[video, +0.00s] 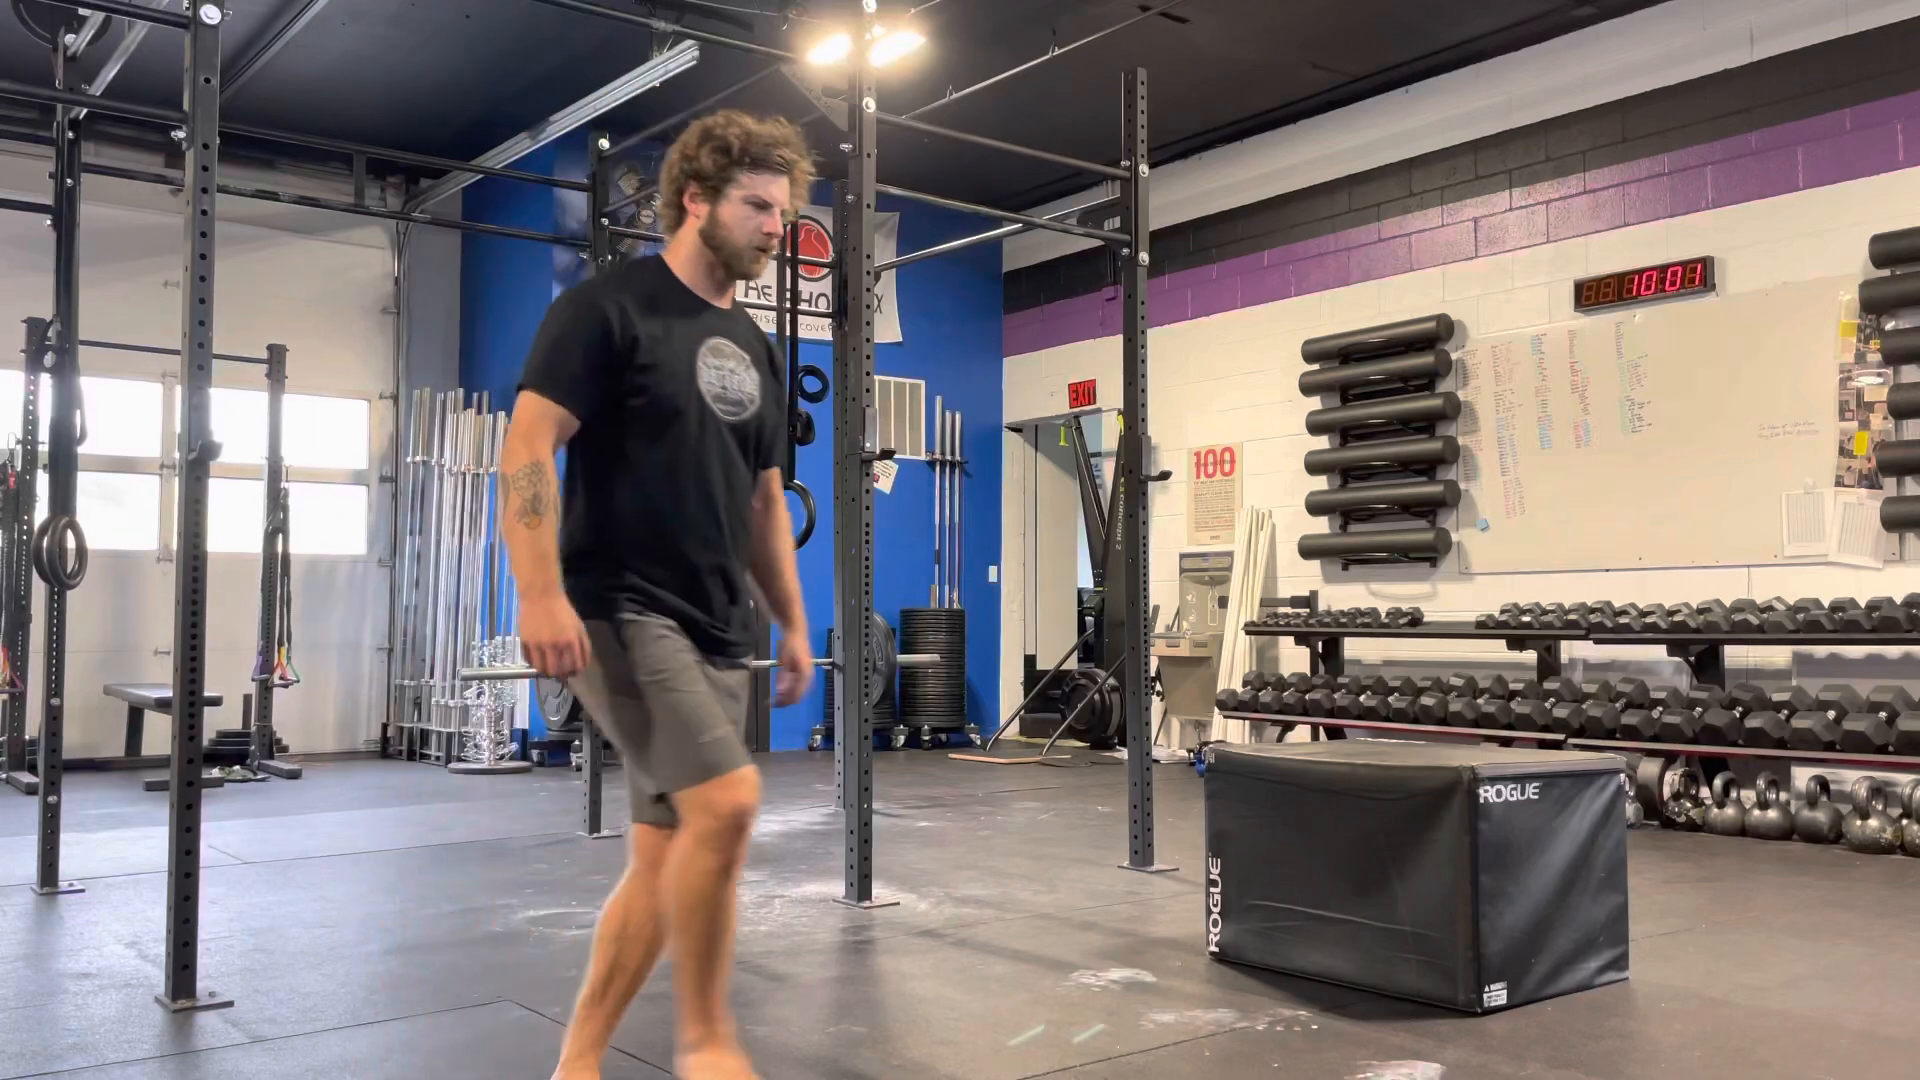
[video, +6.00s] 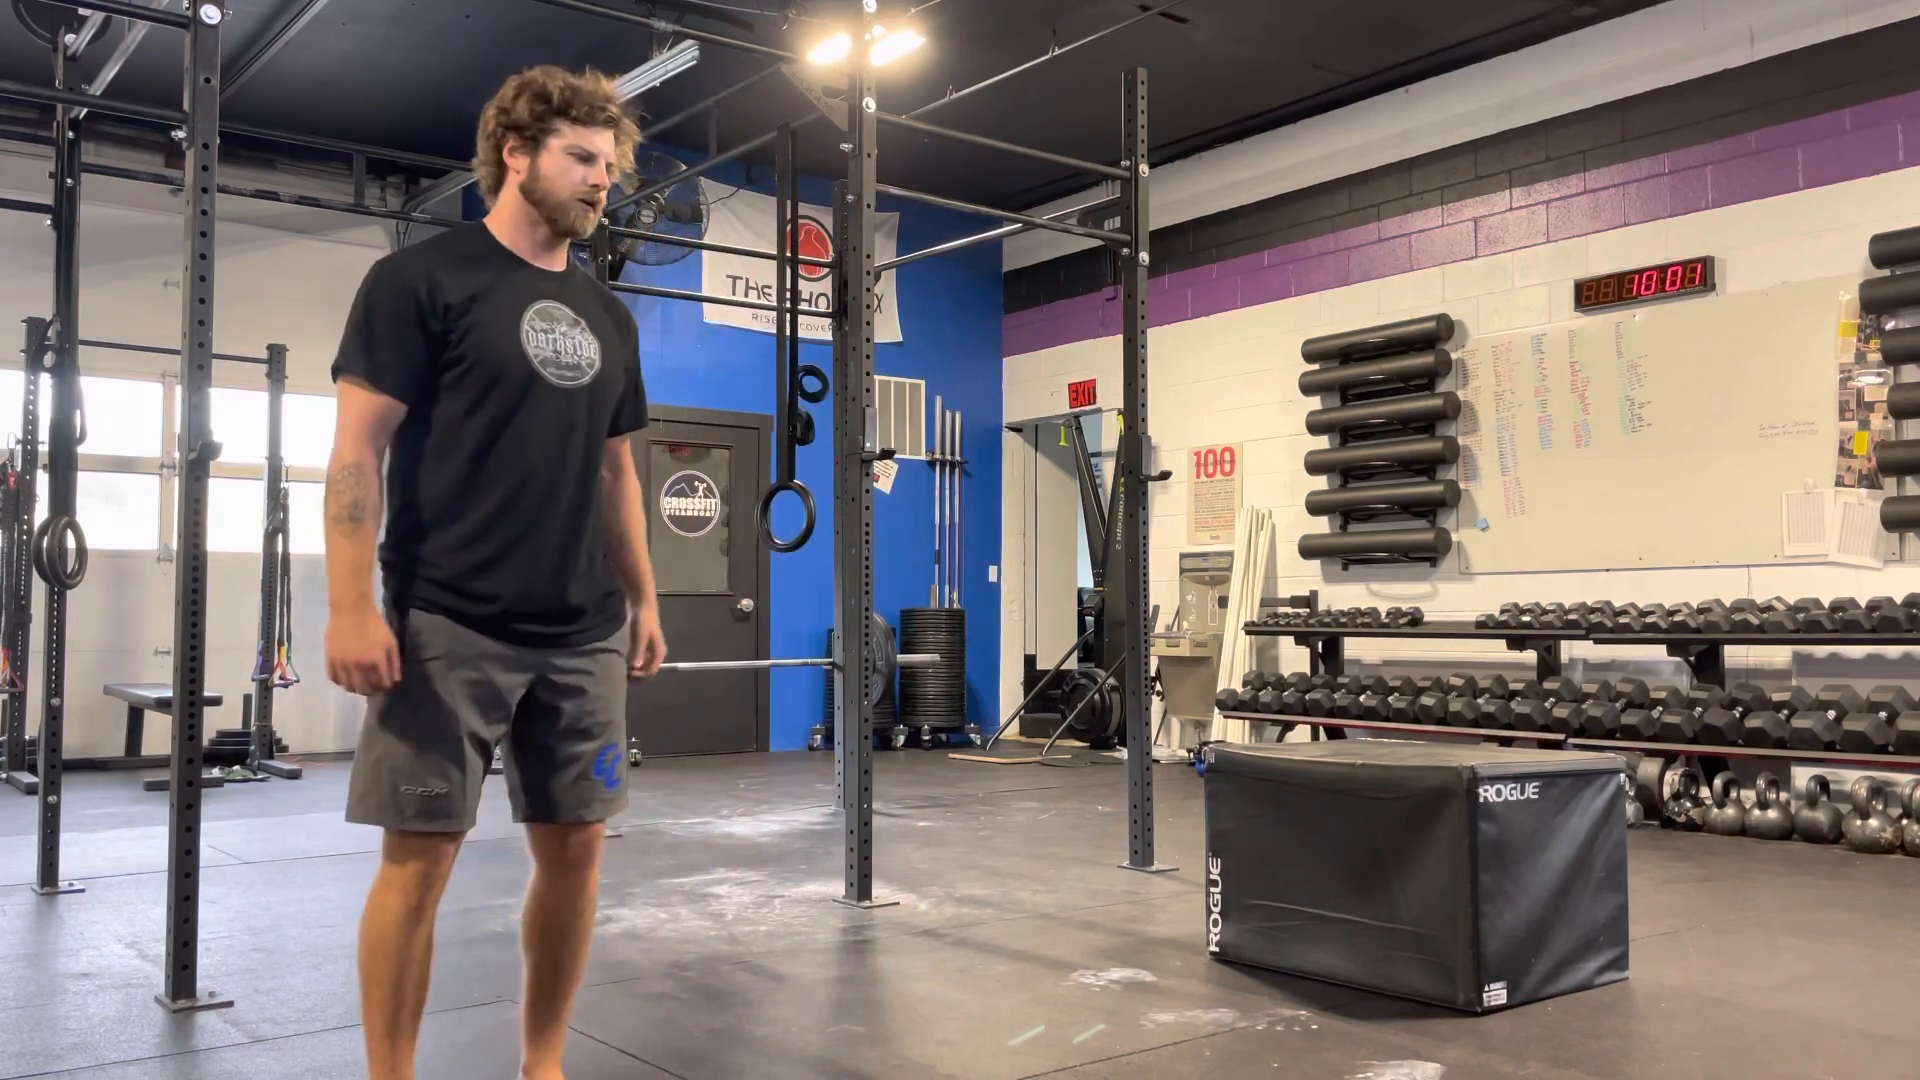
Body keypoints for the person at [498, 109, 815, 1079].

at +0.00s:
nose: (776, 226)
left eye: (783, 211)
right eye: (758, 205)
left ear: (779, 220)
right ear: (695, 202)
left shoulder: (756, 348)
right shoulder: (604, 306)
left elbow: (766, 495)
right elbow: (524, 450)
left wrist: (793, 620)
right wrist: (538, 595)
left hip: (723, 621)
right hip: (623, 605)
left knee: (661, 861)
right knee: (726, 798)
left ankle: (578, 1058)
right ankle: (706, 1043)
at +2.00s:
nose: (1543, 151)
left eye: (1546, 142)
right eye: (1545, 141)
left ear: (1466, 123)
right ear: (1530, 131)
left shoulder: (1386, 186)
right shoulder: (1531, 188)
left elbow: (1330, 290)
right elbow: (1547, 318)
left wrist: (1321, 392)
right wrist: (1551, 427)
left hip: (1365, 391)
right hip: (1456, 391)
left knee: (1404, 560)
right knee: (1486, 568)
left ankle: (1407, 736)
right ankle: (1455, 740)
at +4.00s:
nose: (1089, 269)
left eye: (1084, 255)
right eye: (1075, 254)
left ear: (1032, 271)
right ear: (1034, 267)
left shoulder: (1024, 357)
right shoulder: (1008, 348)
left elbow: (1028, 505)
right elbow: (978, 474)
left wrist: (1089, 591)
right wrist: (1032, 595)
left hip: (967, 616)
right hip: (1000, 615)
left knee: (985, 796)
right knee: (1099, 788)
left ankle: (910, 994)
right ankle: (1141, 984)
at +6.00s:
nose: (604, 179)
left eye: (612, 164)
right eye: (585, 157)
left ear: (614, 176)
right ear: (517, 156)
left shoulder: (605, 312)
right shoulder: (419, 275)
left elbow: (617, 464)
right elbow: (355, 449)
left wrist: (642, 594)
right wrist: (353, 606)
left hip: (579, 627)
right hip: (448, 620)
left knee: (573, 847)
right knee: (418, 856)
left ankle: (543, 1063)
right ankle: (389, 1071)